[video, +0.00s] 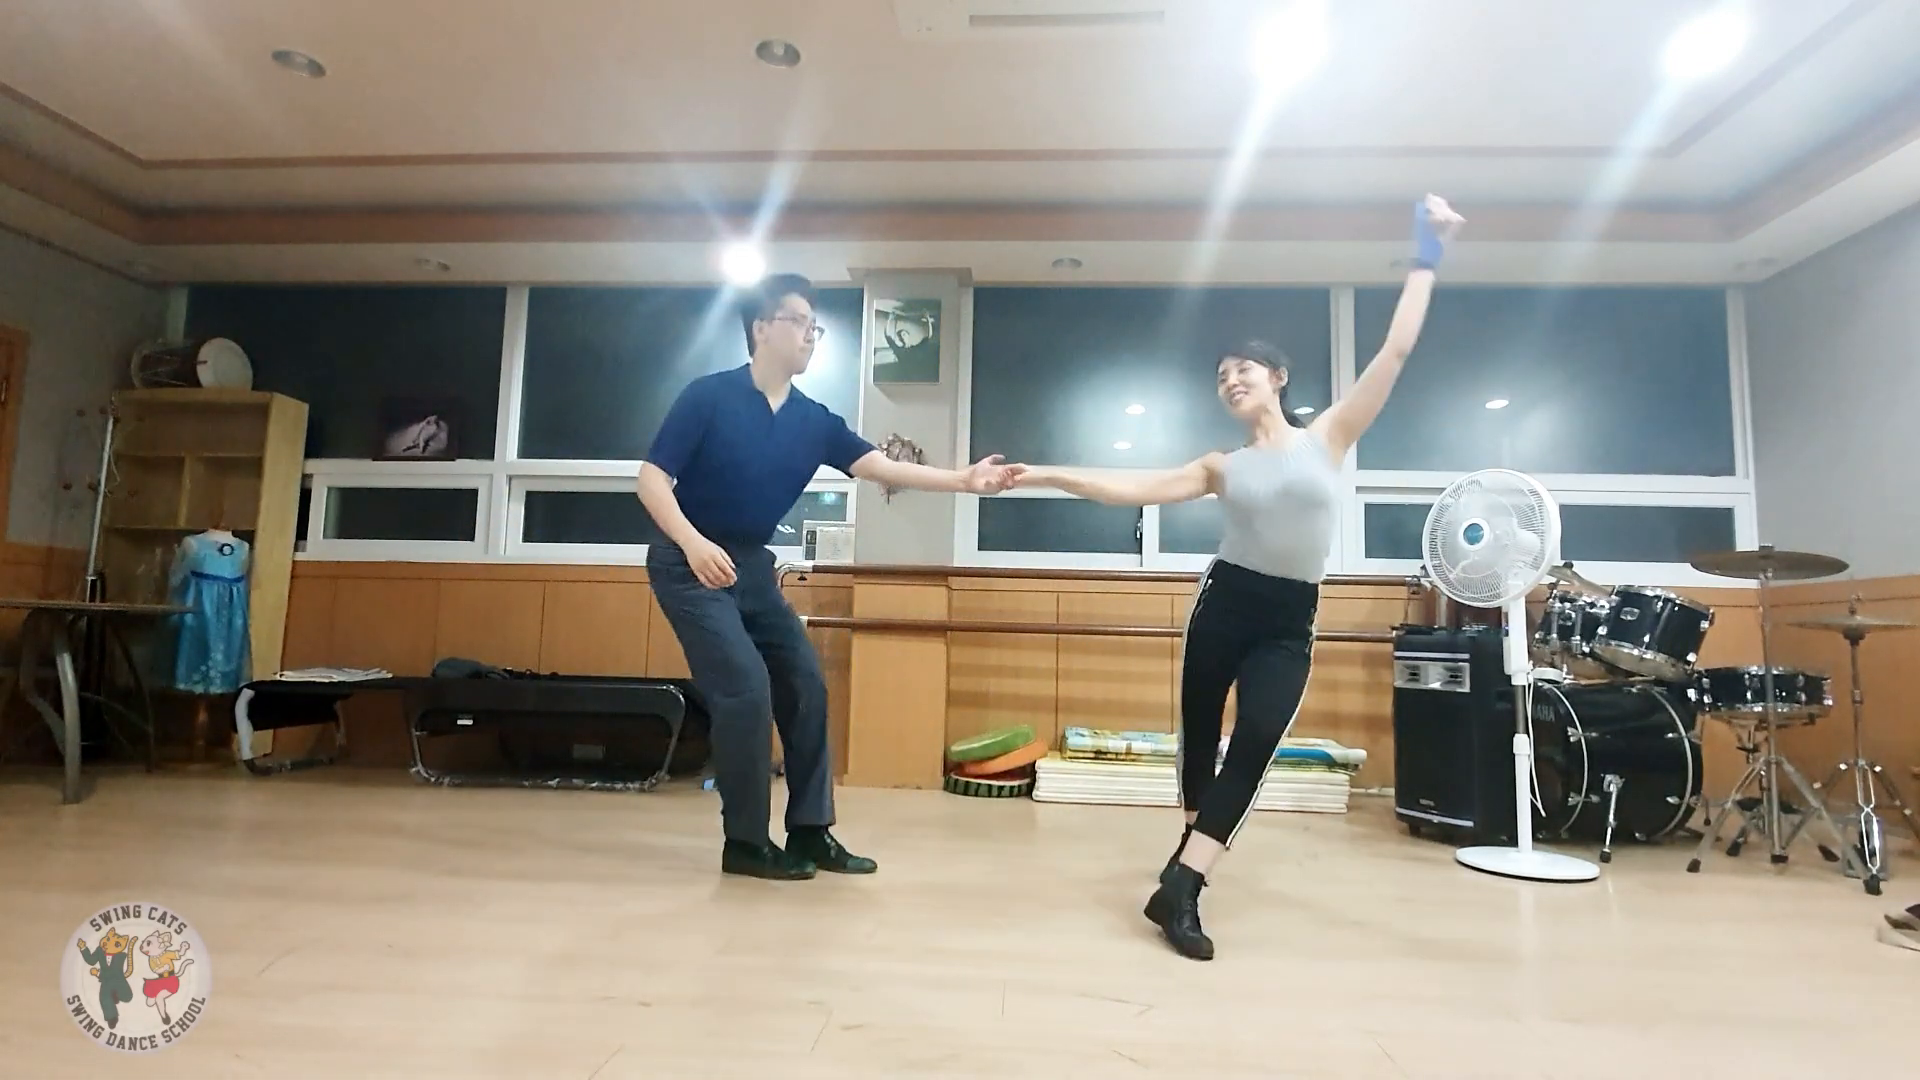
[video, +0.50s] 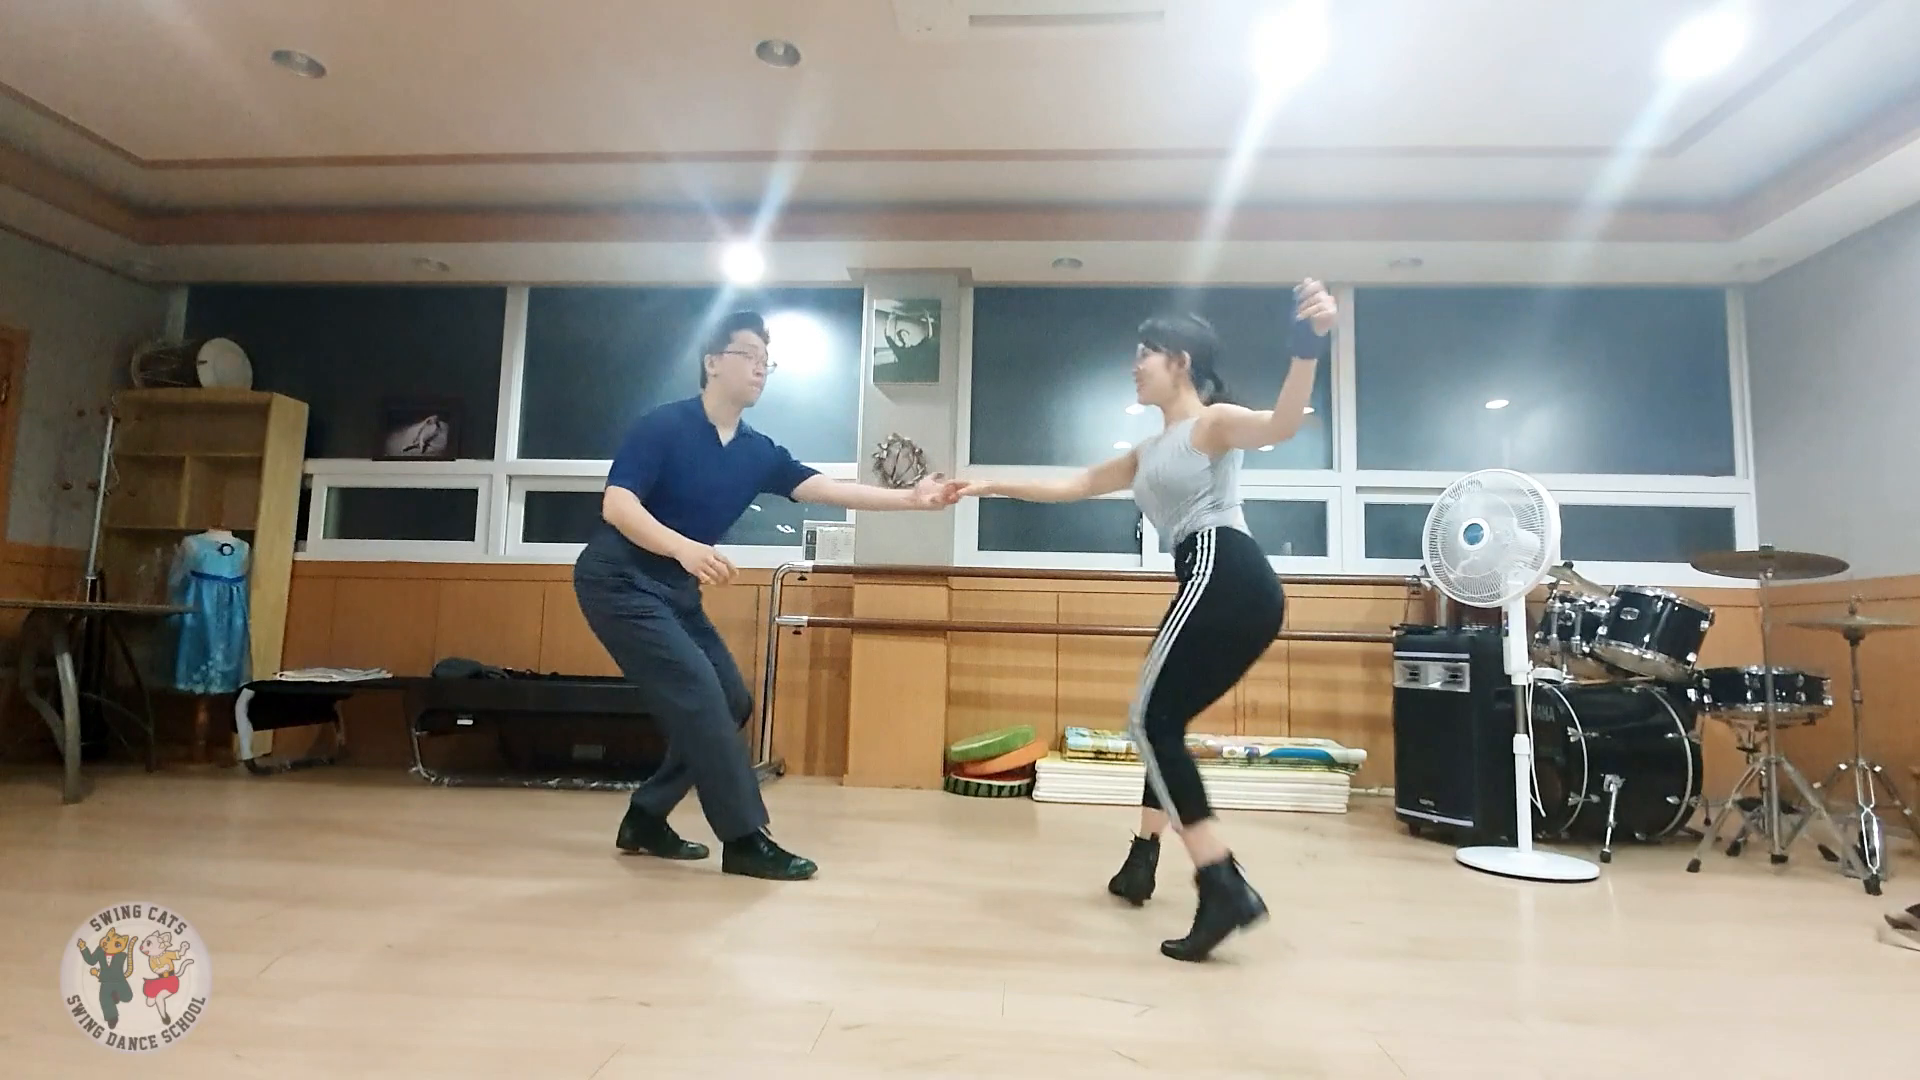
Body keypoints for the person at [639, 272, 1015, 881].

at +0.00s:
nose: (812, 335)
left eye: (813, 325)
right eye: (798, 323)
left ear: (803, 336)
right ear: (759, 330)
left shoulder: (813, 420)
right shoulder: (707, 397)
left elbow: (883, 467)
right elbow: (650, 480)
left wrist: (966, 479)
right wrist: (690, 542)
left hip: (750, 564)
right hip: (686, 561)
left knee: (803, 678)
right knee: (746, 685)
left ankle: (808, 832)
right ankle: (745, 844)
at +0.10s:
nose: (808, 342)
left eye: (809, 333)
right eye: (795, 331)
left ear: (798, 344)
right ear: (756, 338)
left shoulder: (807, 427)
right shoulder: (702, 401)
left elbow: (880, 472)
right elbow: (642, 481)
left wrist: (961, 477)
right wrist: (687, 543)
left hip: (735, 571)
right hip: (671, 564)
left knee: (787, 678)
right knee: (734, 687)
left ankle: (802, 830)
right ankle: (744, 843)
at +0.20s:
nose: (799, 353)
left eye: (802, 344)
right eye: (786, 341)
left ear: (800, 355)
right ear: (747, 347)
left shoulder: (796, 436)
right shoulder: (693, 410)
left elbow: (872, 479)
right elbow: (635, 489)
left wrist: (954, 483)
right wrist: (684, 544)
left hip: (722, 578)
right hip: (659, 568)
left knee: (782, 671)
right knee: (724, 684)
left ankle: (763, 829)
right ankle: (745, 841)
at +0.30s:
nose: (788, 362)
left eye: (791, 353)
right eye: (775, 350)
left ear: (789, 362)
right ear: (736, 357)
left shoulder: (784, 444)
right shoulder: (682, 419)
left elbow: (856, 485)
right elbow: (628, 499)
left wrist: (942, 492)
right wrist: (684, 547)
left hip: (708, 587)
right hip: (648, 576)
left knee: (769, 679)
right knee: (719, 685)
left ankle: (699, 804)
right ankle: (744, 840)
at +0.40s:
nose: (775, 369)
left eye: (778, 360)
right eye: (762, 356)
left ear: (776, 368)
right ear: (724, 363)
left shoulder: (773, 450)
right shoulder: (671, 425)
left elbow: (846, 488)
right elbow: (622, 505)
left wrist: (931, 496)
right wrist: (681, 549)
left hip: (695, 592)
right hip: (634, 581)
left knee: (750, 688)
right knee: (712, 689)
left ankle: (661, 799)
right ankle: (745, 843)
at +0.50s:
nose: (759, 368)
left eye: (764, 360)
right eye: (747, 356)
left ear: (766, 371)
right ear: (712, 363)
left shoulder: (759, 452)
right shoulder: (661, 427)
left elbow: (831, 490)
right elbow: (617, 505)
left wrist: (913, 497)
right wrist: (681, 546)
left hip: (677, 591)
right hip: (618, 580)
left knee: (731, 701)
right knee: (701, 696)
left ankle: (645, 817)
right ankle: (745, 840)